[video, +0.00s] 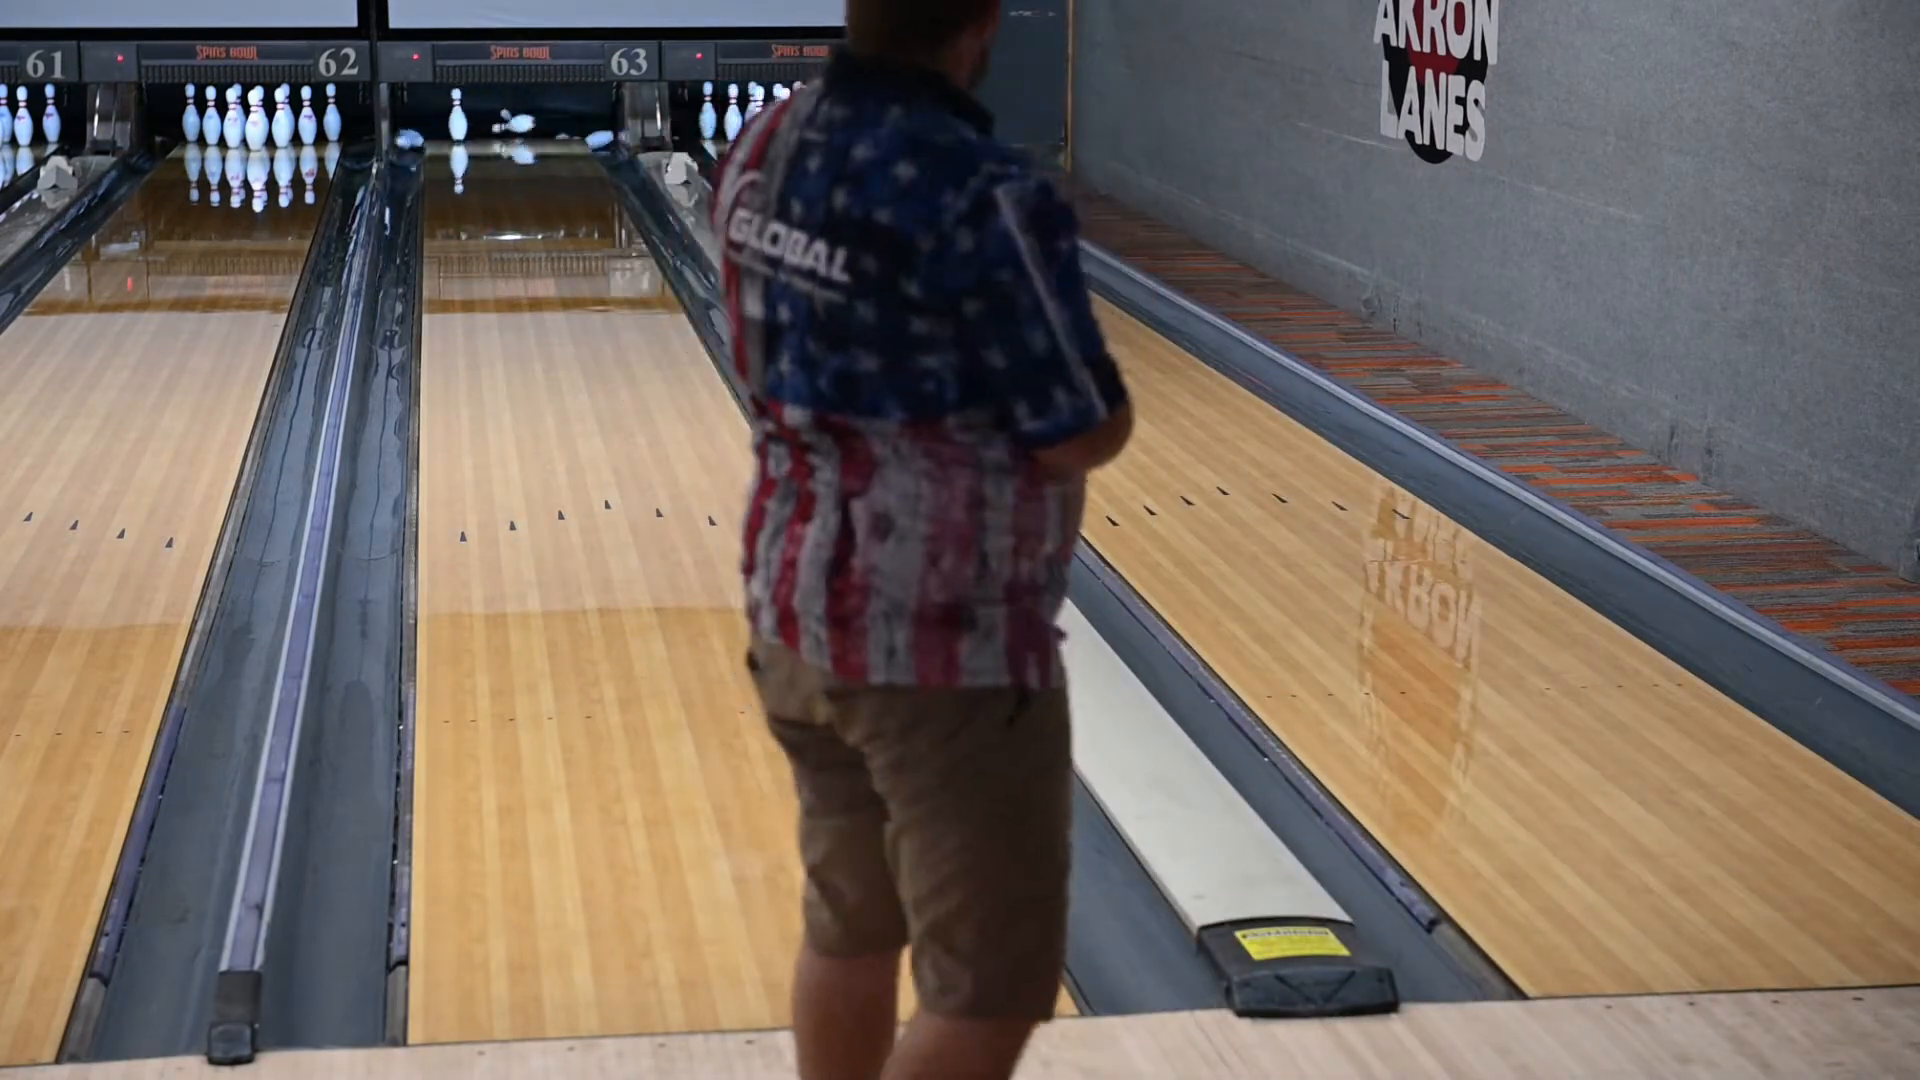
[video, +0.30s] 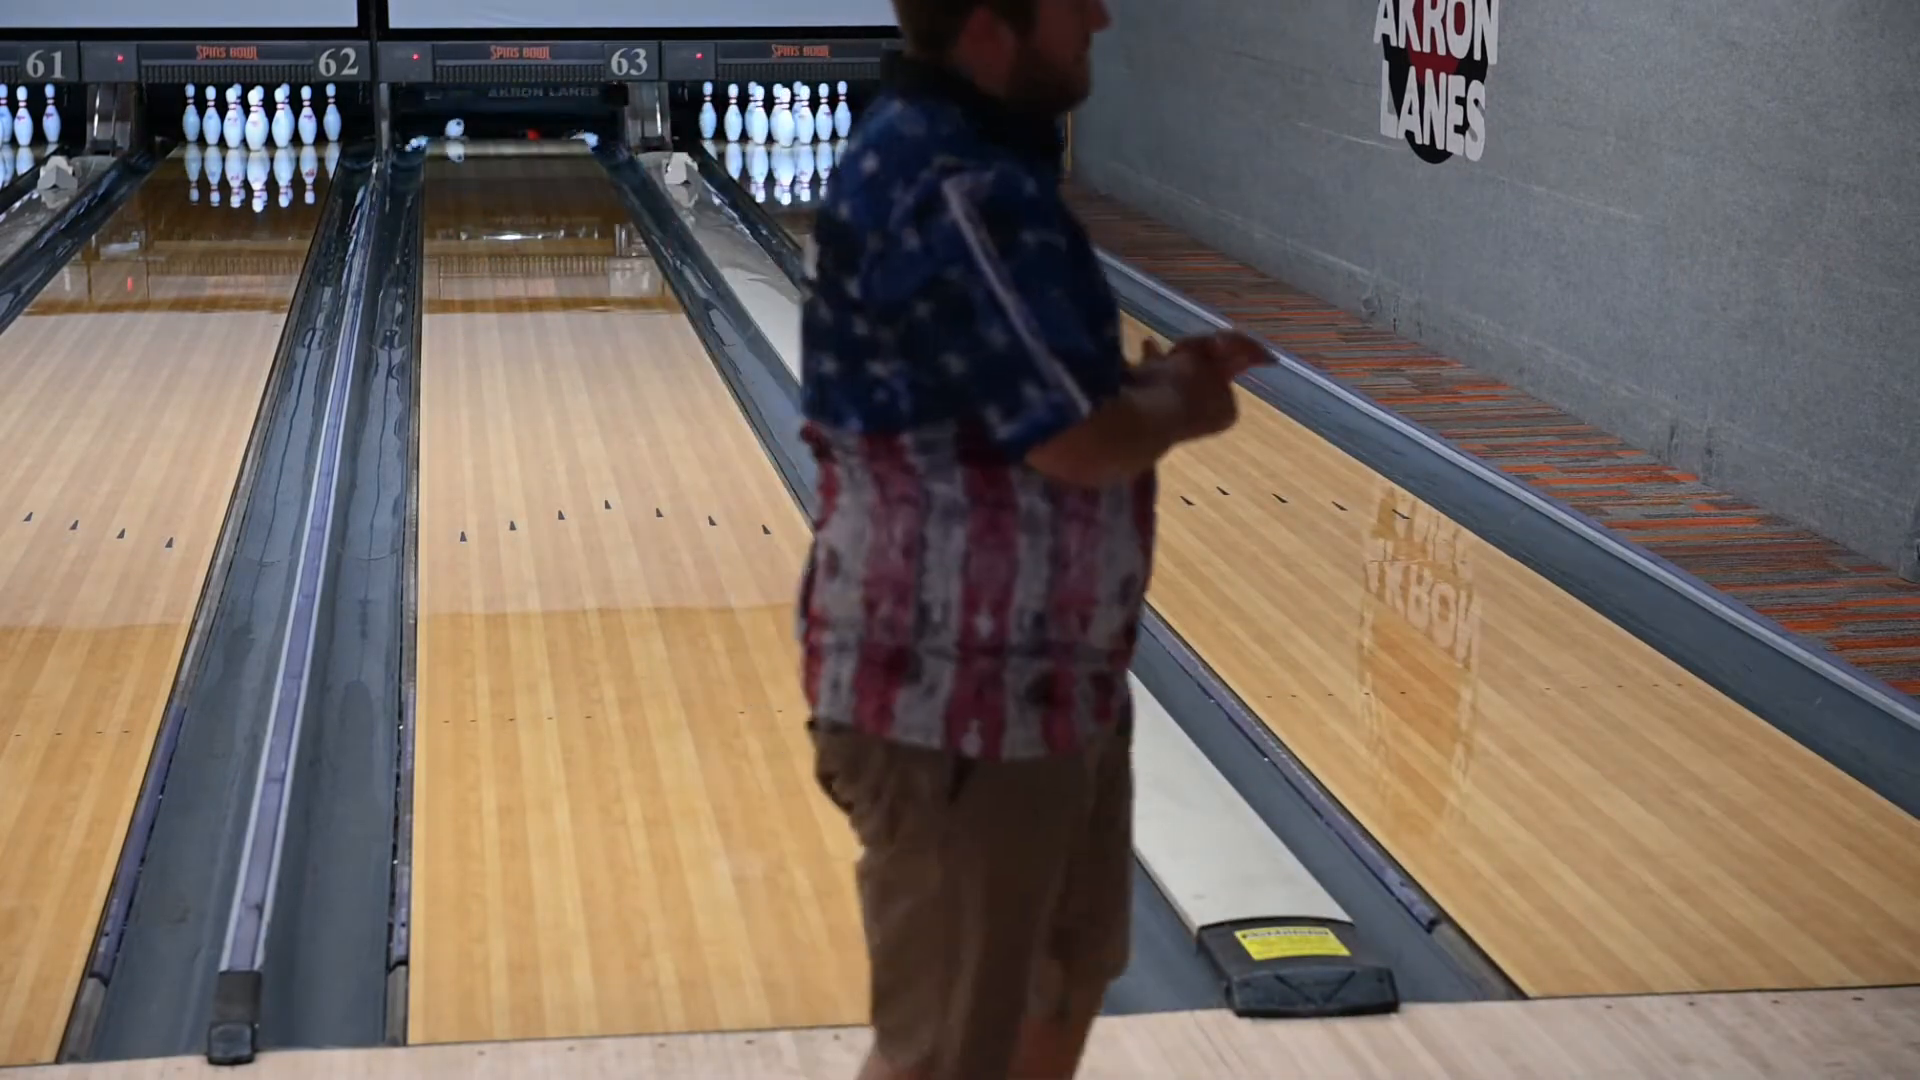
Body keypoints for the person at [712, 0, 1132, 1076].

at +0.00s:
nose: (994, 38)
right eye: (995, 23)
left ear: (851, 20)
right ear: (980, 28)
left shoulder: (761, 152)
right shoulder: (984, 191)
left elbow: (764, 383)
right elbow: (1079, 437)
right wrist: (1112, 386)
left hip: (794, 616)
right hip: (950, 639)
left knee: (847, 934)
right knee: (987, 990)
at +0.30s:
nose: (1098, 25)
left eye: (1091, 7)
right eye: (1077, 7)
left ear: (988, 32)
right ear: (991, 29)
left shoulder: (968, 155)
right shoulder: (949, 181)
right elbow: (1075, 443)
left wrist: (1152, 382)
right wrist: (1180, 399)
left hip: (1045, 672)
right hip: (960, 694)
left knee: (1064, 983)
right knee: (949, 1045)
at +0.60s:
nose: (1184, 38)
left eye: (1182, 8)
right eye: (1139, 17)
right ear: (1039, 46)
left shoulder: (1195, 183)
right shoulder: (969, 214)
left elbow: (1240, 383)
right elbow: (1019, 493)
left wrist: (1305, 414)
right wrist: (1256, 483)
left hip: (1202, 753)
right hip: (1003, 774)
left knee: (1206, 1063)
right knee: (951, 1063)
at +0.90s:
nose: (1324, 34)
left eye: (1334, 1)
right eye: (1272, 13)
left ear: (1366, 9)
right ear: (1184, 41)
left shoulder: (1420, 197)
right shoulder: (1087, 220)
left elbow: (1627, 342)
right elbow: (976, 479)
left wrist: (1566, 364)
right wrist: (1184, 666)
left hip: (1389, 804)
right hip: (1157, 824)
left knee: (1399, 1066)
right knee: (1164, 1068)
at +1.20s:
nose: (1426, 25)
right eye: (1375, 2)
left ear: (1483, 15)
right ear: (1285, 31)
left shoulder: (1576, 219)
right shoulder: (1164, 234)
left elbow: (1806, 368)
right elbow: (1024, 494)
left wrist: (1919, 504)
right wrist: (996, 753)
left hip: (1498, 855)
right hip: (1233, 860)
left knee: (1476, 1065)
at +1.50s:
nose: (1471, 65)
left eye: (1497, 18)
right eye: (1414, 33)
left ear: (1542, 34)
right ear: (1332, 74)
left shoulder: (1660, 269)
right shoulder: (1212, 301)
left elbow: (1747, 558)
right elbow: (1082, 598)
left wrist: (1854, 825)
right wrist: (1035, 887)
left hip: (1592, 961)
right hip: (1304, 969)